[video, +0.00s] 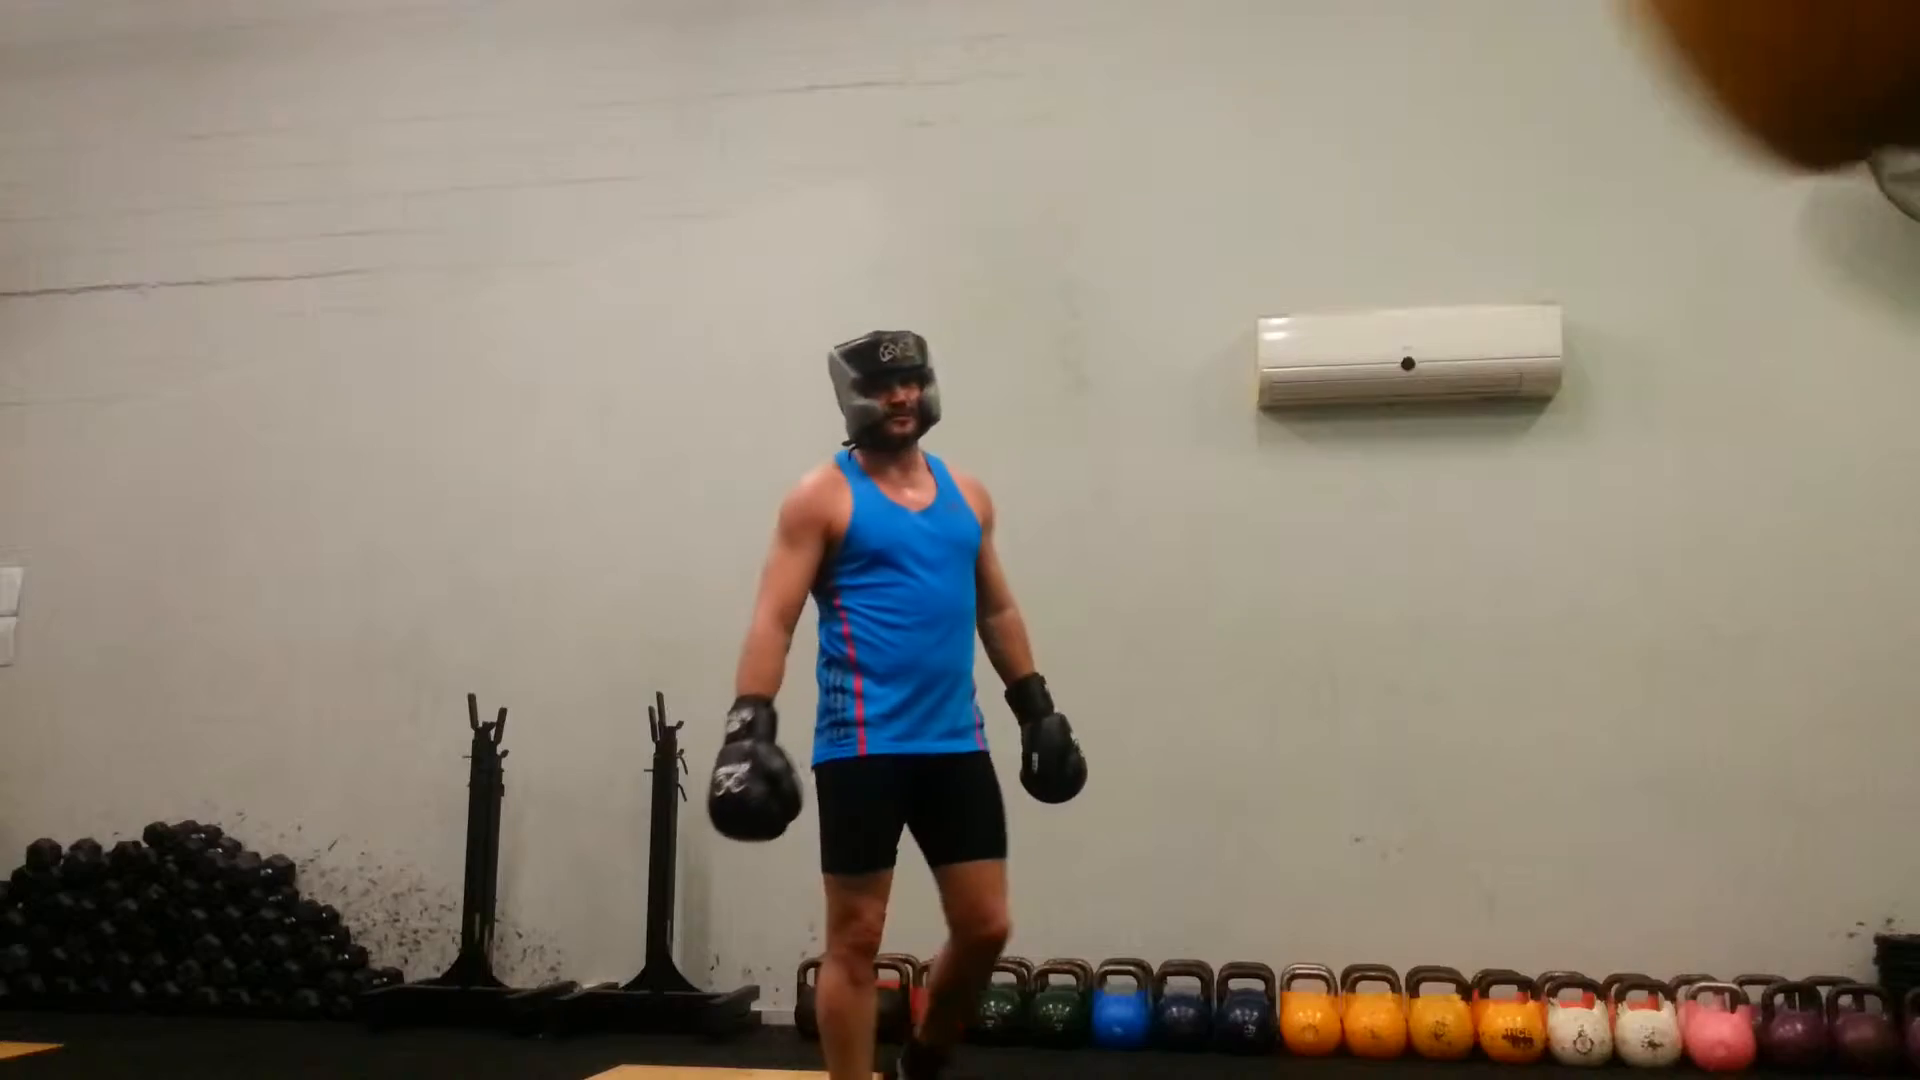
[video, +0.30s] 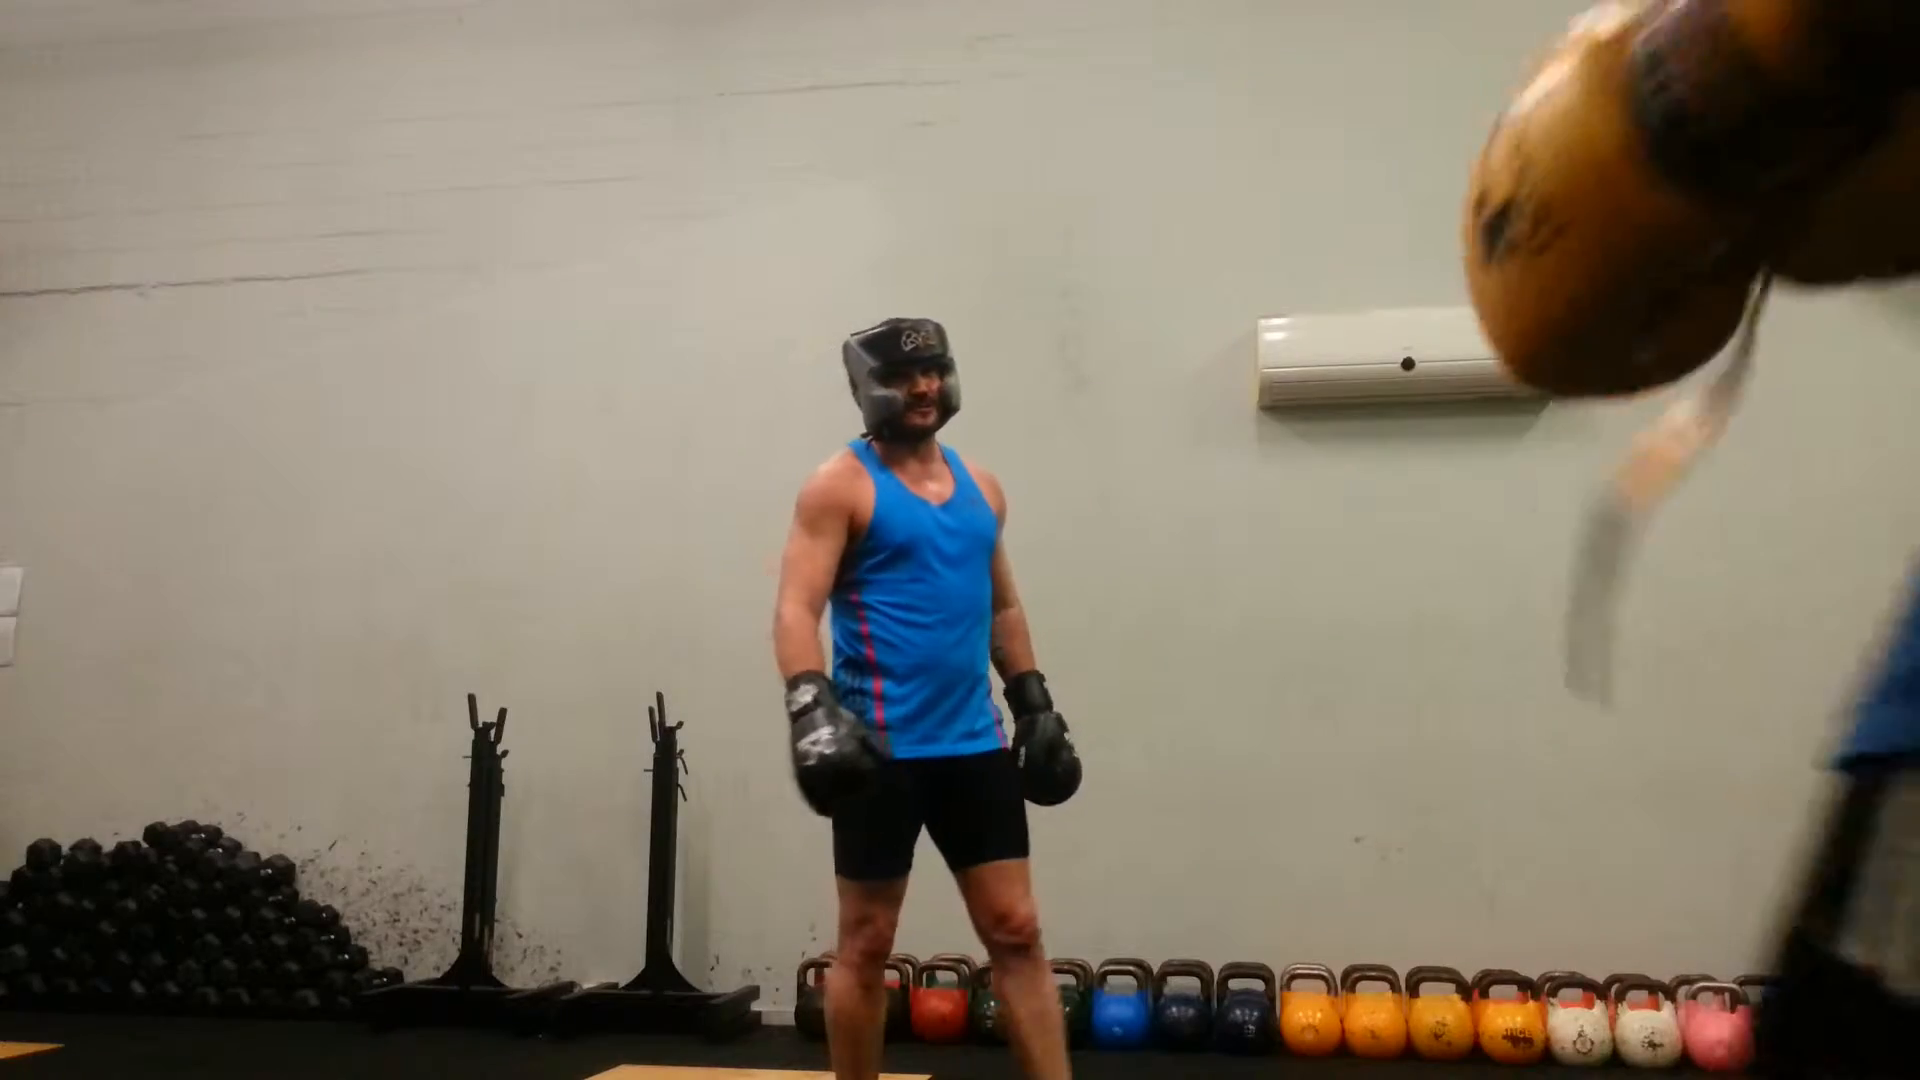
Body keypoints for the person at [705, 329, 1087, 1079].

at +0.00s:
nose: (901, 398)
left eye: (913, 383)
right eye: (880, 386)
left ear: (929, 393)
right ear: (851, 400)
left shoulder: (966, 494)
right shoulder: (821, 498)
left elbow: (997, 609)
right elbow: (775, 618)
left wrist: (1039, 712)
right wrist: (749, 731)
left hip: (954, 744)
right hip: (861, 750)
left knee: (985, 928)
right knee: (856, 937)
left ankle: (923, 1068)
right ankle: (852, 1079)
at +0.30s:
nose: (924, 388)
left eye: (935, 373)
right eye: (903, 376)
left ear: (949, 384)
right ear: (870, 389)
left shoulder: (978, 486)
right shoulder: (838, 487)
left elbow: (1003, 607)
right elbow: (797, 608)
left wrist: (1035, 709)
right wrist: (812, 711)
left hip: (975, 744)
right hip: (877, 749)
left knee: (1017, 931)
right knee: (865, 944)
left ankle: (1054, 1078)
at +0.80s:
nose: (1040, 355)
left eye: (1055, 342)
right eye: (1021, 342)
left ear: (1076, 361)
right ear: (990, 358)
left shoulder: (1104, 483)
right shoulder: (950, 466)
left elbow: (1129, 617)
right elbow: (889, 595)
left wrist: (1152, 739)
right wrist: (856, 724)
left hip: (1092, 748)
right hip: (985, 751)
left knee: (1092, 950)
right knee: (958, 952)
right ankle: (895, 1074)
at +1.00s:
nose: (1085, 360)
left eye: (1099, 343)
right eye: (1068, 342)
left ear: (1122, 362)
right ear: (1041, 357)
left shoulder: (1160, 486)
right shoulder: (996, 460)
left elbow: (1207, 623)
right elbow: (931, 586)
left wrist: (1253, 728)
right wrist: (897, 705)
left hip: (1136, 737)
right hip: (1035, 733)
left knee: (1117, 951)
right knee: (1046, 943)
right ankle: (969, 1073)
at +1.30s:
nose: (1152, 357)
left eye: (1167, 338)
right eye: (1134, 337)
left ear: (1188, 349)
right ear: (1103, 350)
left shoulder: (1218, 461)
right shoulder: (1058, 448)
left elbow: (1261, 596)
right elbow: (984, 578)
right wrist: (974, 699)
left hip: (1194, 732)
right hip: (1092, 728)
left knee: (1139, 959)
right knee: (1151, 952)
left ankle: (1097, 1072)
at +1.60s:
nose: (1239, 357)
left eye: (1243, 336)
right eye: (1220, 335)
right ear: (1184, 349)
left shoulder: (1268, 443)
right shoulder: (1123, 439)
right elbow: (1057, 584)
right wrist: (1017, 719)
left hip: (1274, 730)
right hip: (1174, 735)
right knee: (1203, 1005)